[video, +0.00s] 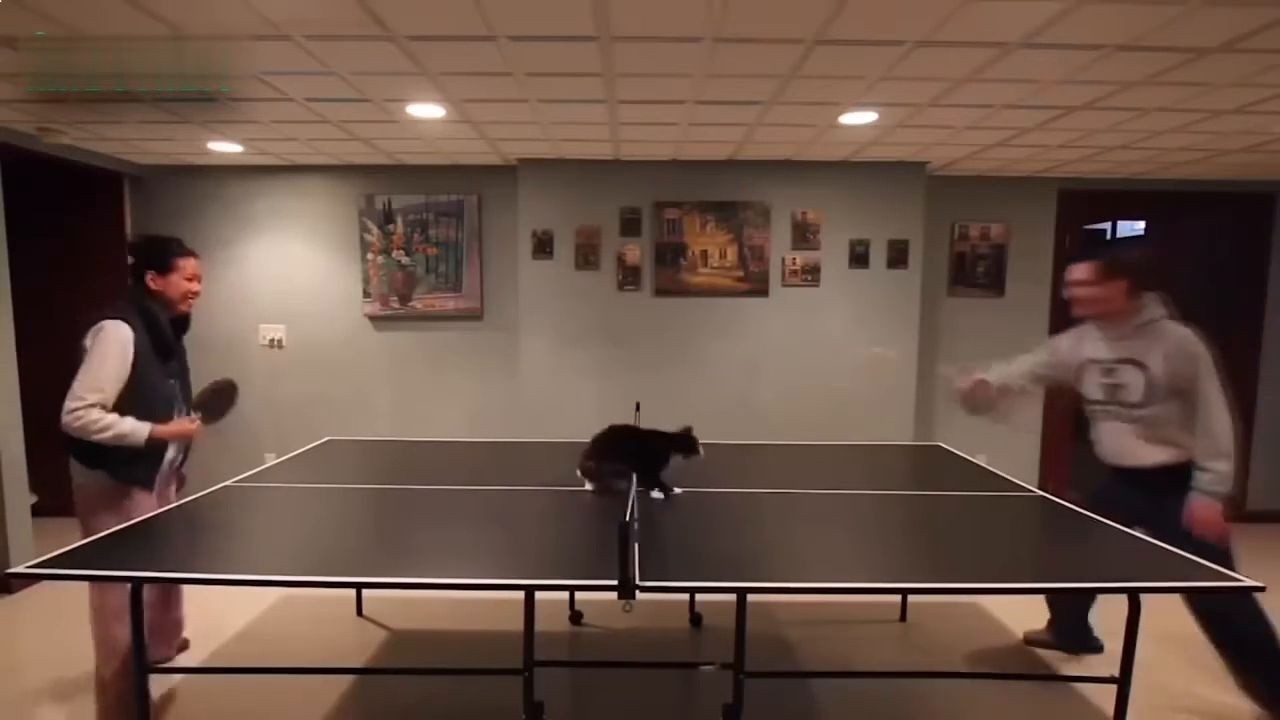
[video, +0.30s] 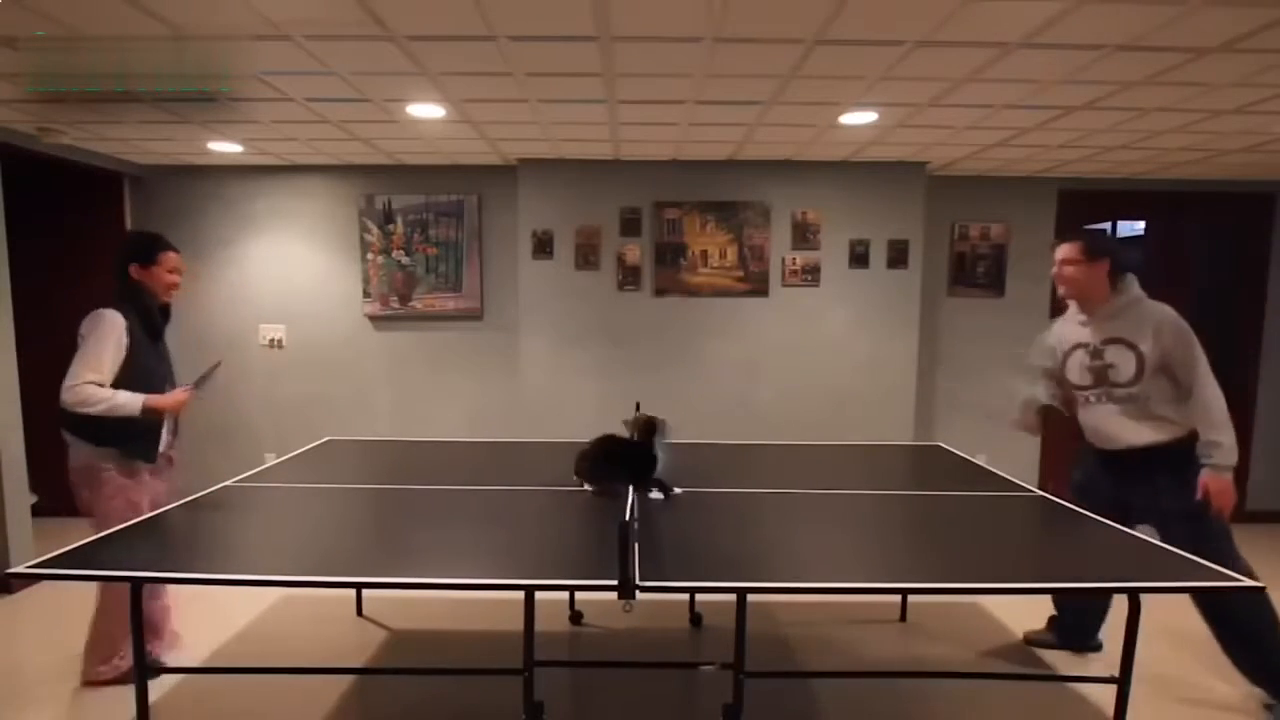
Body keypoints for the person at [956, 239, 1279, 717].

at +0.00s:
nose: (1072, 295)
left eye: (1082, 285)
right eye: (1070, 286)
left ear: (1120, 287)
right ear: (1076, 292)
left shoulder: (1177, 342)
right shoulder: (1078, 343)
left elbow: (1215, 418)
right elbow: (1029, 369)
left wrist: (1209, 492)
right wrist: (988, 386)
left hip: (1175, 484)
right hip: (1114, 481)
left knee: (1218, 596)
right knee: (1068, 546)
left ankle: (1275, 694)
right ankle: (1072, 631)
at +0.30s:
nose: (1057, 274)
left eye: (1068, 265)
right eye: (1056, 266)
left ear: (1104, 269)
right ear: (1059, 274)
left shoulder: (1159, 322)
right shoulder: (1060, 333)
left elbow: (1204, 390)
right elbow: (1035, 394)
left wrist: (1218, 462)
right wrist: (1029, 404)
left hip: (1168, 463)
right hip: (1102, 462)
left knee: (1220, 576)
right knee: (1079, 546)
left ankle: (1276, 683)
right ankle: (1075, 630)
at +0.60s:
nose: (1177, 260)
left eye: (1191, 249)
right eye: (1175, 251)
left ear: (1229, 256)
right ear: (1172, 261)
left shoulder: (1270, 310)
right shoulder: (1169, 321)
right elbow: (1161, 388)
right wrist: (1140, 415)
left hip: (1256, 475)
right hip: (1188, 471)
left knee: (1261, 595)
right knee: (1150, 564)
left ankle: (1269, 697)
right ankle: (1092, 638)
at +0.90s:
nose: (1225, 246)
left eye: (1240, 237)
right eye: (1223, 237)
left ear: (1273, 247)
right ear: (1219, 245)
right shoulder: (1201, 311)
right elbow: (1172, 375)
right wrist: (1154, 397)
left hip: (1265, 474)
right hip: (1200, 465)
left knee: (1261, 588)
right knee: (1159, 556)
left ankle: (1272, 693)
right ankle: (1128, 650)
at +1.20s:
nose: (1096, 280)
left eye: (1108, 270)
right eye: (1095, 270)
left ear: (1146, 273)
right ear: (1101, 277)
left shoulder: (1202, 337)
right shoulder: (1112, 333)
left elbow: (1223, 424)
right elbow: (1103, 389)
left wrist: (1205, 504)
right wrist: (1065, 412)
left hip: (1171, 488)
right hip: (1109, 483)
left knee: (1203, 599)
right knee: (1063, 559)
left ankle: (1273, 694)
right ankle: (1052, 656)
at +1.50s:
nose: (1049, 281)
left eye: (1052, 269)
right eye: (1047, 271)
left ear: (1079, 265)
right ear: (1078, 267)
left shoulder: (1117, 320)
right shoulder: (1099, 315)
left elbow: (1144, 406)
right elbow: (1109, 392)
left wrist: (1117, 475)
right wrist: (1063, 403)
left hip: (1096, 458)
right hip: (1079, 452)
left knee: (1082, 565)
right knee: (1058, 556)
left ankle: (1108, 674)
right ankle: (1032, 646)